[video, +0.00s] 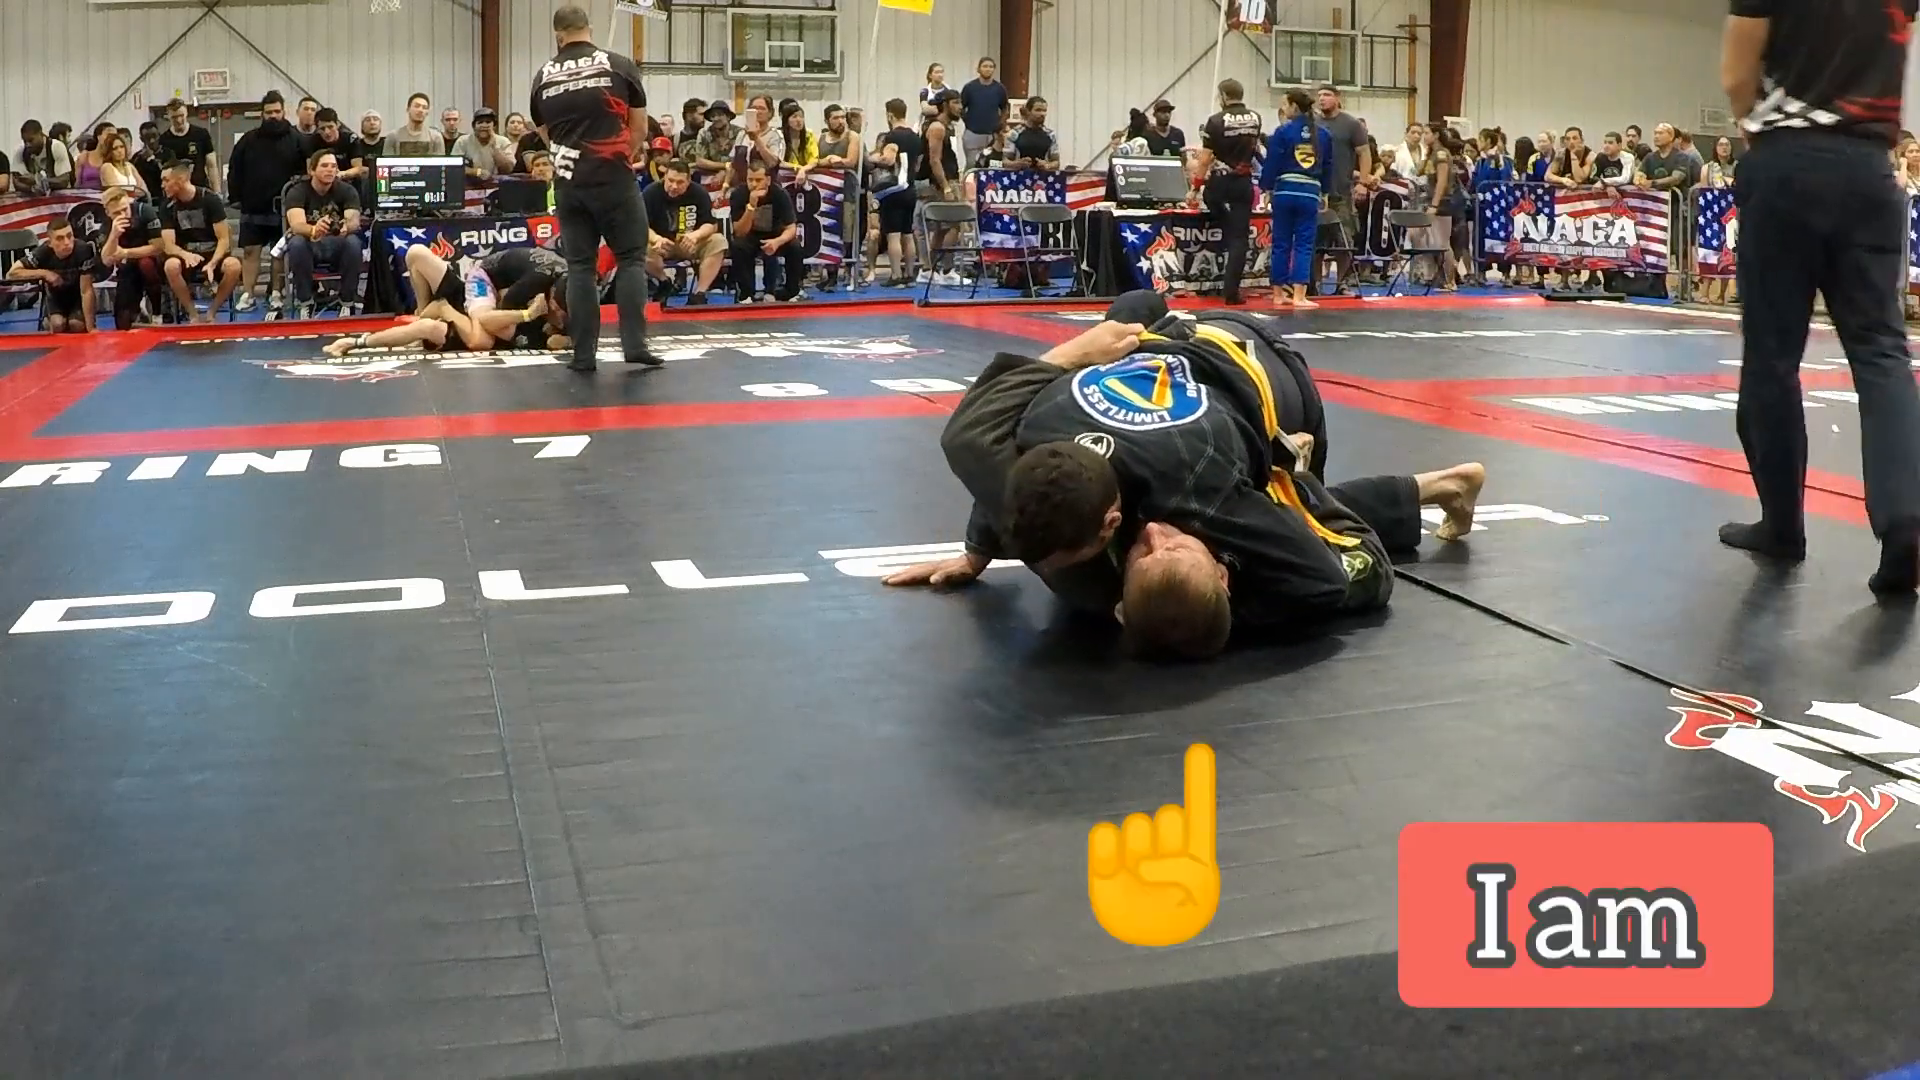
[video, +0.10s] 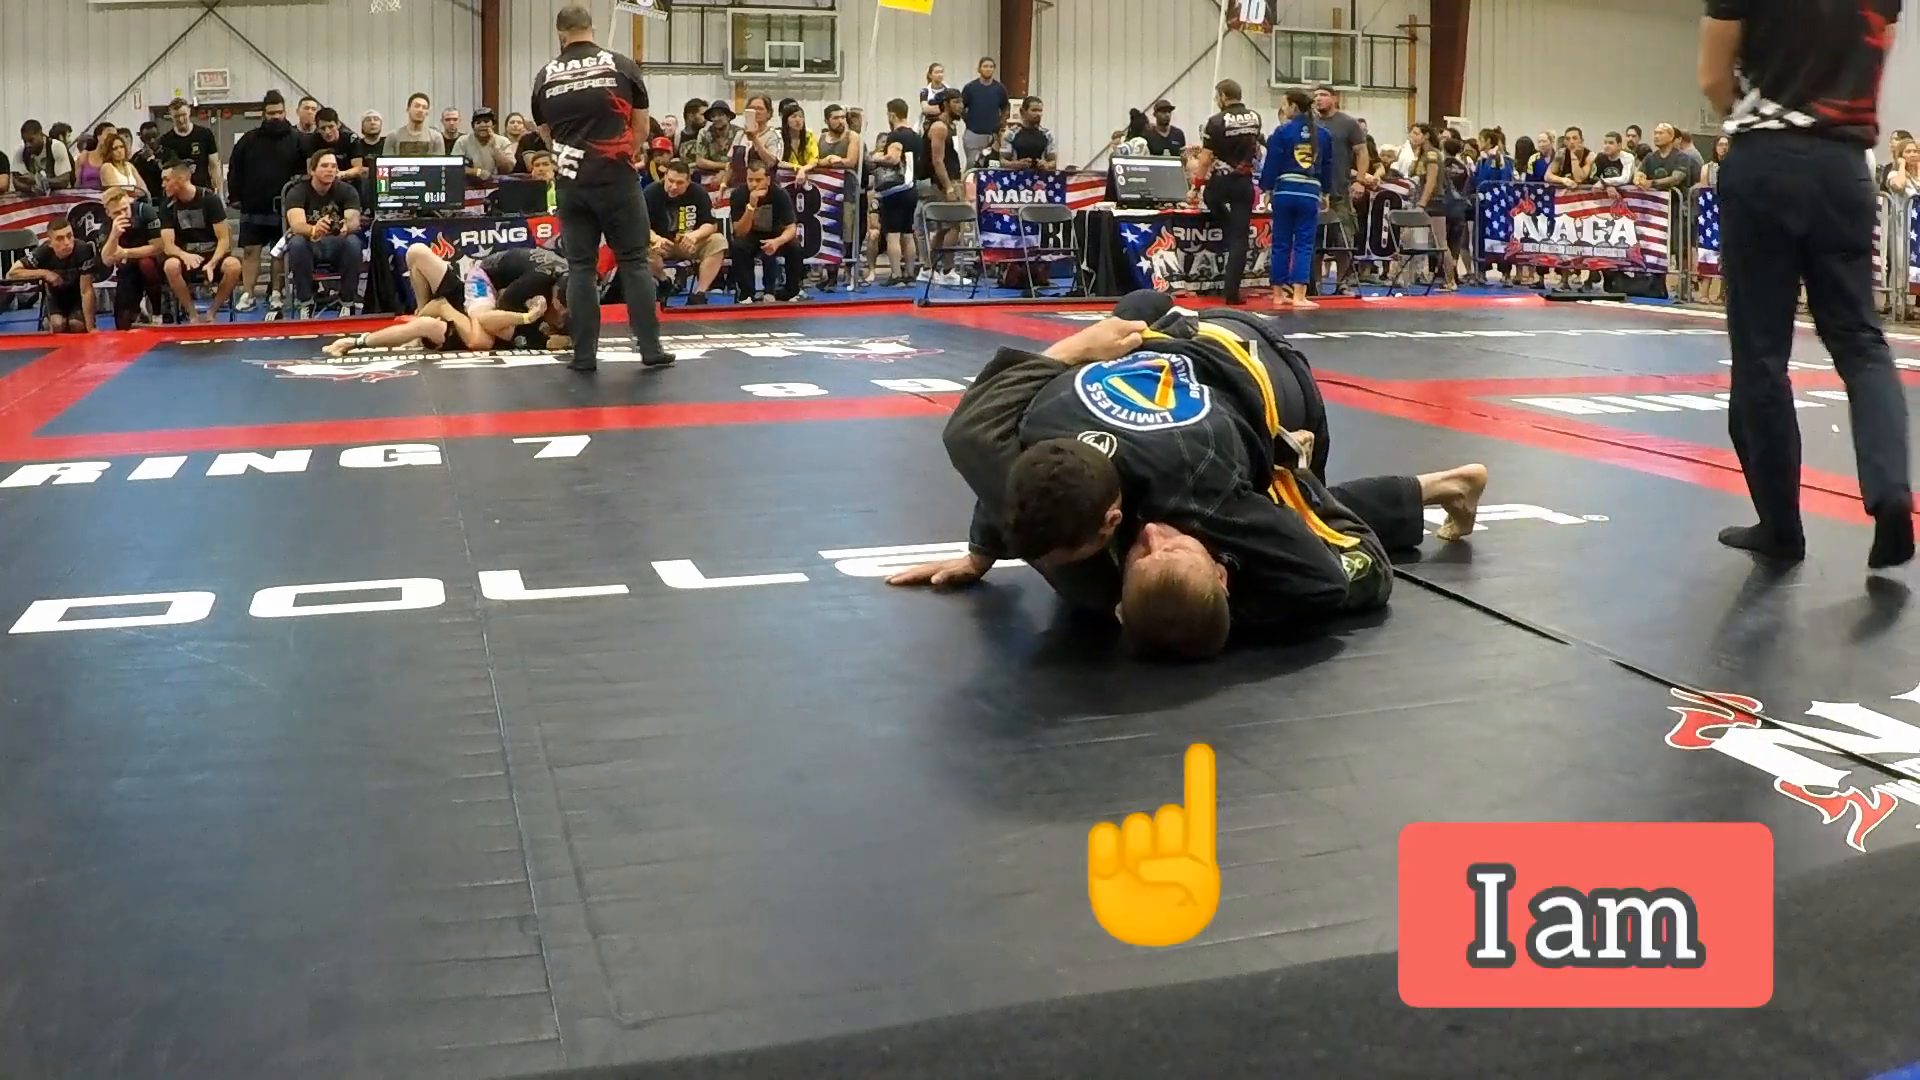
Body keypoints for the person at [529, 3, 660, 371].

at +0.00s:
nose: (562, 40)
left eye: (558, 36)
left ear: (556, 35)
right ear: (589, 28)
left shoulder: (543, 75)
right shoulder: (620, 64)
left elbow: (547, 135)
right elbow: (638, 130)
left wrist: (581, 155)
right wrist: (625, 158)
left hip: (567, 184)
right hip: (612, 178)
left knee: (580, 264)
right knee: (631, 258)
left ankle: (583, 356)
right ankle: (635, 347)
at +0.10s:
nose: (567, 40)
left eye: (562, 36)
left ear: (560, 35)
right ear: (592, 29)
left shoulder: (545, 75)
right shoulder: (622, 65)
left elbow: (548, 135)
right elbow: (640, 130)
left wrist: (579, 154)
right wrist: (628, 157)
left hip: (570, 184)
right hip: (616, 179)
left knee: (580, 266)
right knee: (634, 260)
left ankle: (584, 357)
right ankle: (650, 350)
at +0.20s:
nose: (567, 40)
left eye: (565, 35)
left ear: (566, 35)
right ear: (598, 31)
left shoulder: (550, 74)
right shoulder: (627, 66)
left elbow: (550, 137)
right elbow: (644, 132)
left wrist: (576, 160)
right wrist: (631, 160)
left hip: (574, 184)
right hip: (622, 180)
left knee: (581, 268)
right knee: (639, 262)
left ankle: (585, 357)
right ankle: (660, 350)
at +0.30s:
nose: (575, 40)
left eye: (573, 35)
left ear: (574, 34)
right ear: (607, 31)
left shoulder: (558, 73)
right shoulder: (637, 69)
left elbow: (553, 135)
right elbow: (650, 133)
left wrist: (578, 161)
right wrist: (627, 160)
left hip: (578, 182)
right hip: (627, 179)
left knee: (583, 265)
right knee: (643, 262)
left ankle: (586, 356)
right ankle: (663, 352)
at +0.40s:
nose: (583, 40)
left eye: (583, 35)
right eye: (585, 35)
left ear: (587, 35)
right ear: (616, 32)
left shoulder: (569, 73)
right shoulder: (645, 69)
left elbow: (560, 130)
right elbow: (658, 123)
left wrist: (580, 156)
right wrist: (642, 154)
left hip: (588, 185)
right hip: (636, 183)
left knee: (587, 266)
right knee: (646, 263)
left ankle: (586, 355)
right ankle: (662, 353)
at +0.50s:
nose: (599, 41)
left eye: (598, 37)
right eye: (601, 37)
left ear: (604, 35)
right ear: (633, 33)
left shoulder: (587, 71)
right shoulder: (660, 70)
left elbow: (576, 138)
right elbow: (669, 130)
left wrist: (599, 162)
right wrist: (650, 161)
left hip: (602, 186)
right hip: (649, 186)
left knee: (594, 269)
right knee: (654, 266)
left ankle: (588, 355)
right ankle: (665, 353)